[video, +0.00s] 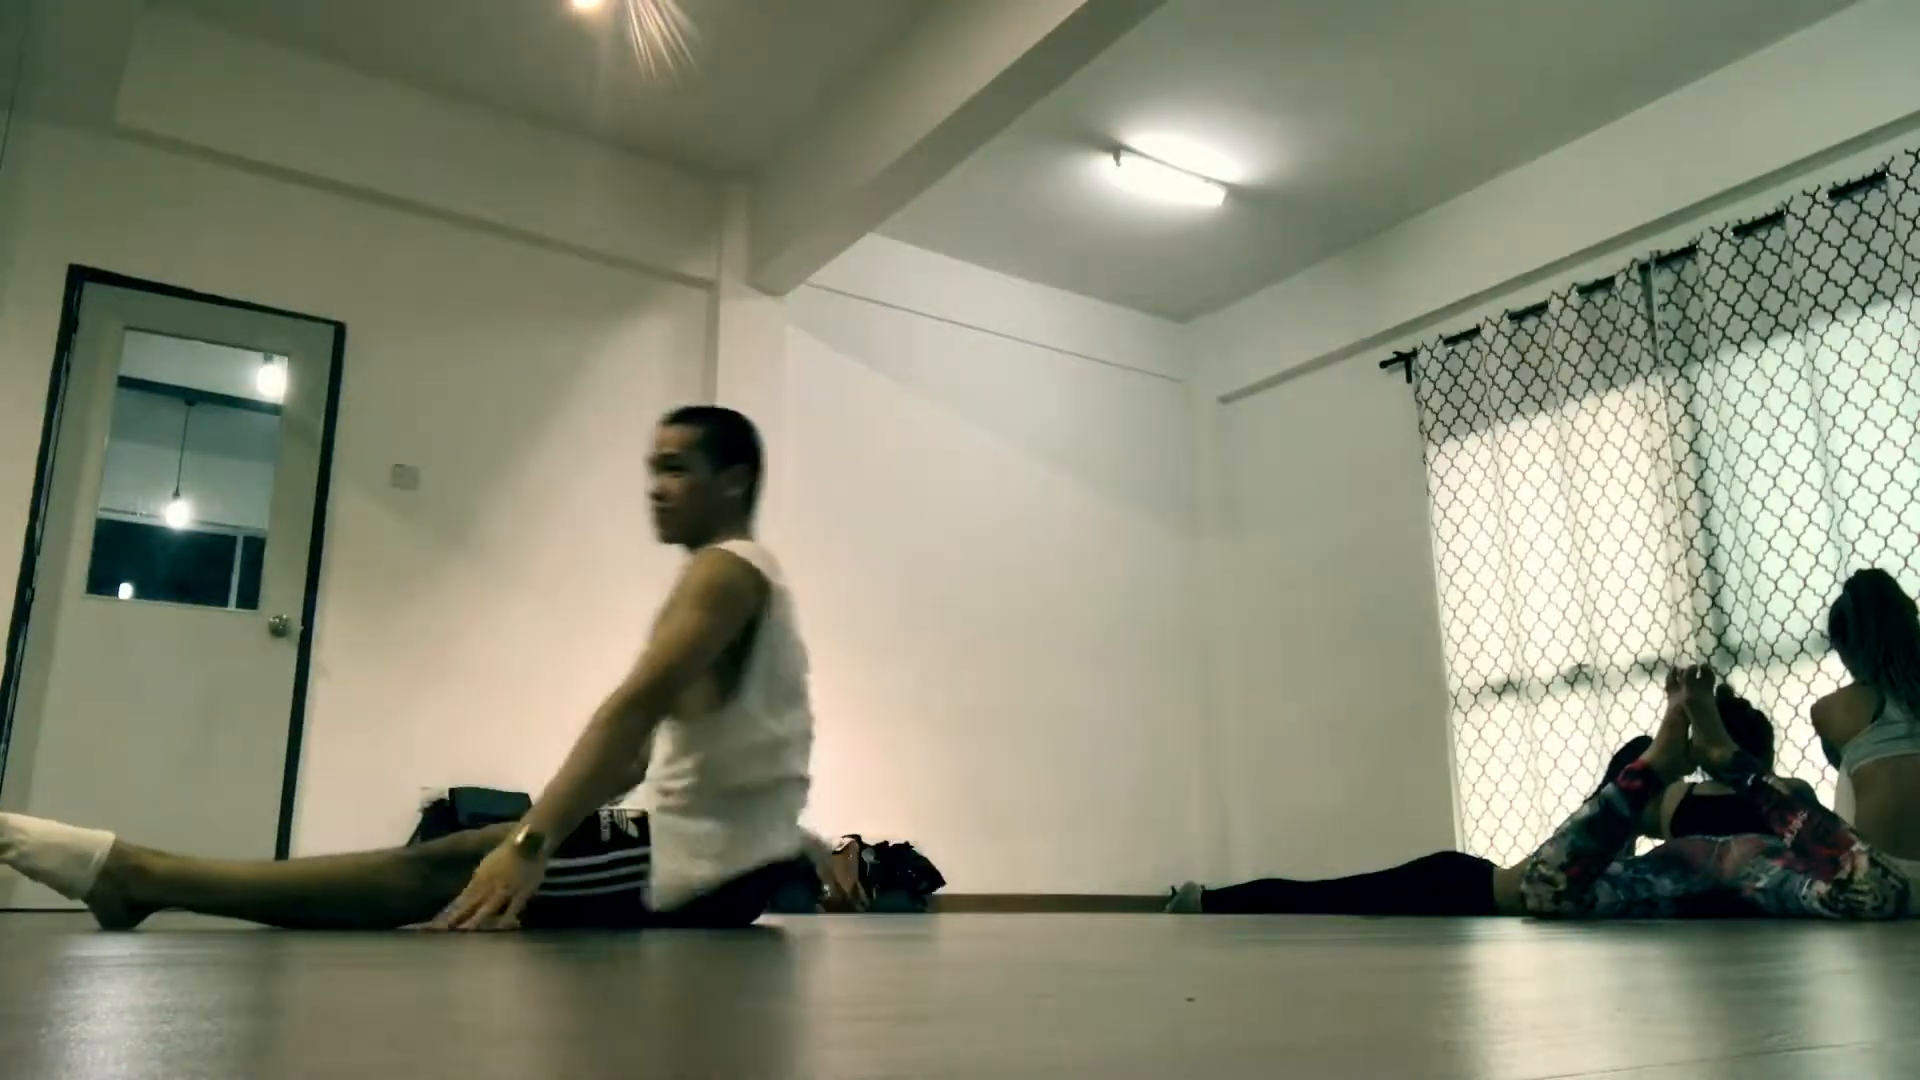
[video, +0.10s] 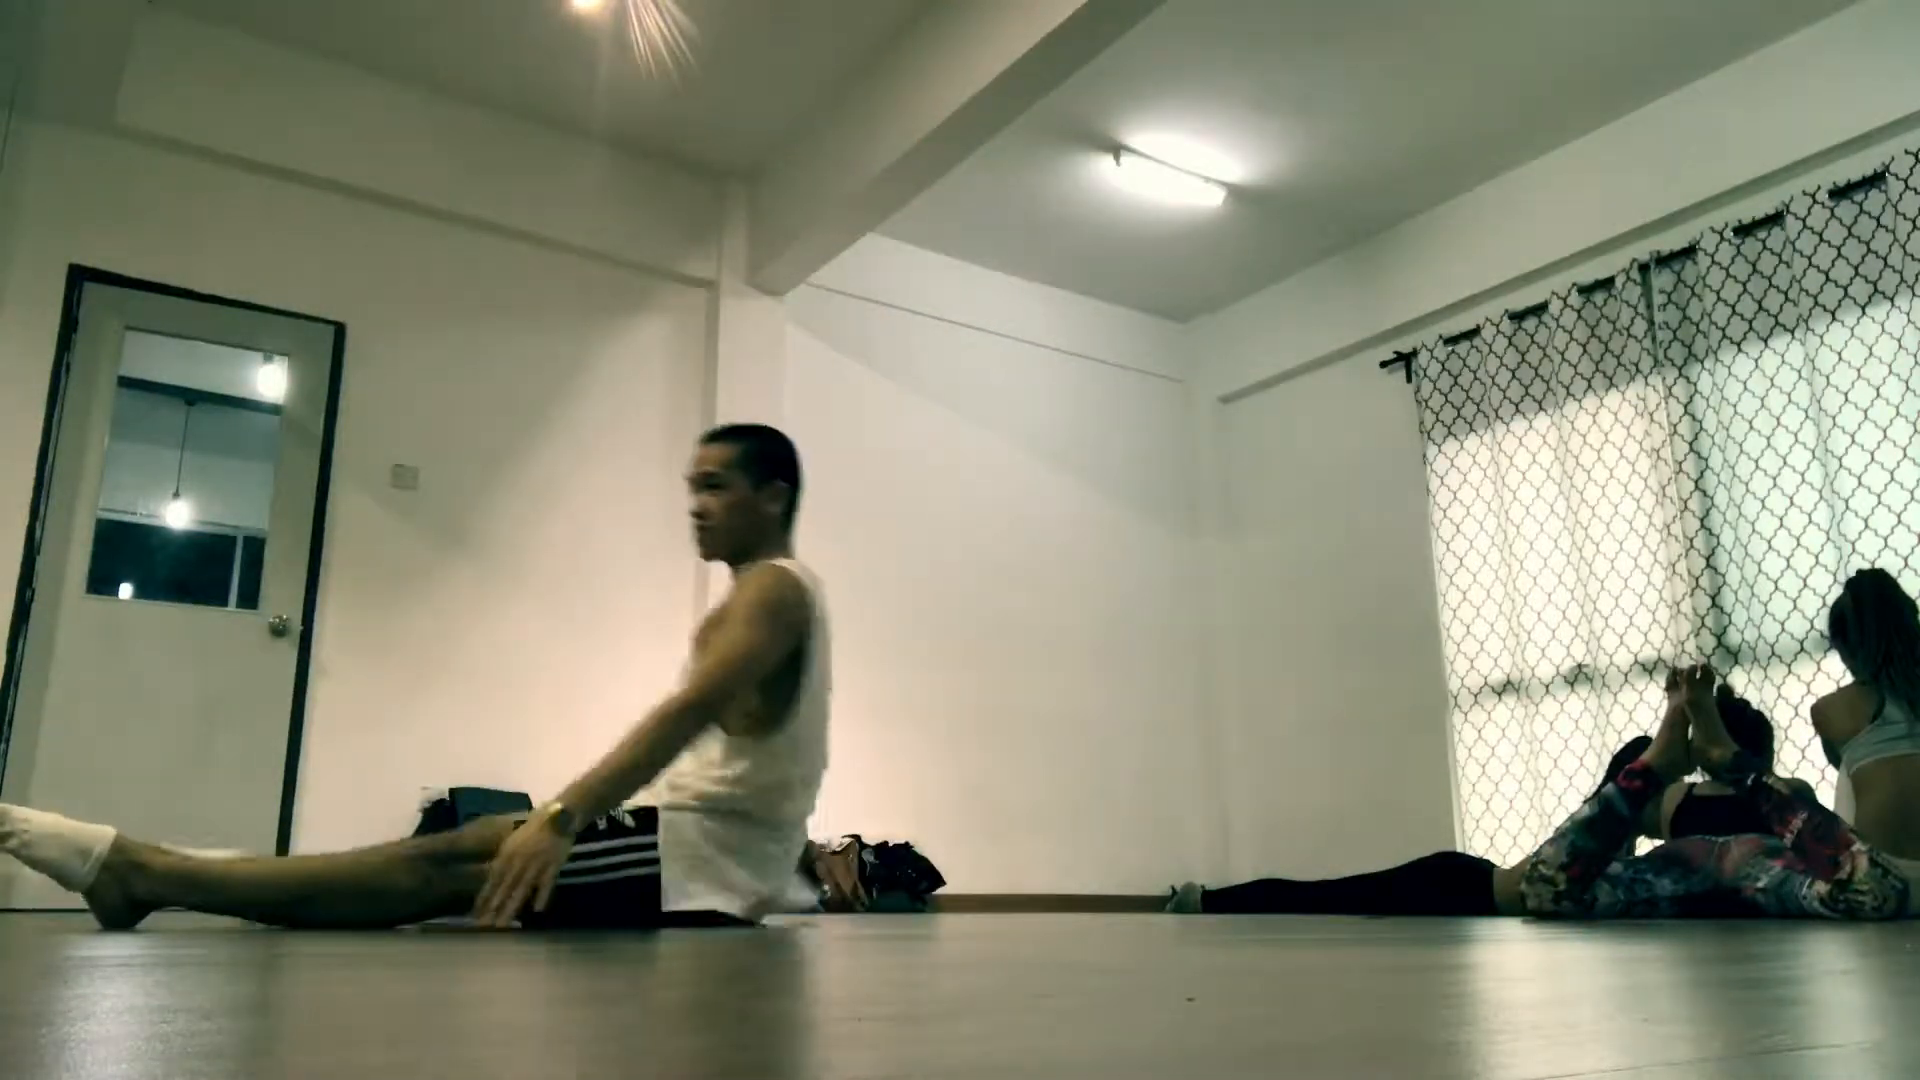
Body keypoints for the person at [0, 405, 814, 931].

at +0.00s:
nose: (657, 488)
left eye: (677, 469)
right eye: (655, 471)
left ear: (736, 481)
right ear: (692, 484)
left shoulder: (727, 573)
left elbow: (635, 711)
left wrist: (527, 849)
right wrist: (536, 839)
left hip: (716, 856)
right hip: (712, 847)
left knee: (437, 869)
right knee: (445, 860)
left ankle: (139, 880)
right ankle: (145, 883)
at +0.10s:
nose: (695, 505)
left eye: (714, 487)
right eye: (694, 488)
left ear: (774, 497)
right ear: (727, 500)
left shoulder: (775, 590)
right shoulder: (753, 598)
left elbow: (687, 715)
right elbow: (689, 734)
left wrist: (557, 818)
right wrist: (570, 821)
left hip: (714, 849)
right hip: (692, 839)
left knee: (444, 862)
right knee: (441, 856)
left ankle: (144, 873)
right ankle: (156, 879)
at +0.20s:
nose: (727, 525)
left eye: (745, 506)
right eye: (725, 507)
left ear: (803, 516)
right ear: (750, 520)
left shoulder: (814, 612)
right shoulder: (764, 627)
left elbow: (768, 732)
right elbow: (731, 762)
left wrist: (622, 805)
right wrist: (612, 822)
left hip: (719, 859)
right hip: (686, 844)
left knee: (455, 861)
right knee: (452, 839)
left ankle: (154, 876)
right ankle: (173, 886)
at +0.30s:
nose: (753, 537)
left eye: (773, 519)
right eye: (752, 520)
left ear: (831, 531)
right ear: (773, 532)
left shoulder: (846, 623)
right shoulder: (780, 630)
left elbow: (832, 754)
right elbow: (754, 754)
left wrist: (693, 803)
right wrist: (668, 803)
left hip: (711, 856)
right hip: (680, 836)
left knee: (452, 862)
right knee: (447, 840)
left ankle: (164, 872)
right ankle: (167, 878)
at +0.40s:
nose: (785, 558)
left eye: (805, 542)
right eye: (786, 541)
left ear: (860, 555)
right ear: (809, 553)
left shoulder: (872, 644)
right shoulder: (795, 646)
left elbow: (865, 776)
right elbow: (756, 755)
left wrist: (749, 803)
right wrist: (680, 792)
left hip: (706, 842)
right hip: (673, 824)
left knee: (462, 861)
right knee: (441, 854)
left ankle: (183, 879)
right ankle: (176, 881)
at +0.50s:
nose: (830, 599)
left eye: (850, 588)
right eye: (832, 584)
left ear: (896, 607)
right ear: (843, 594)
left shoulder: (905, 696)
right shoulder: (820, 689)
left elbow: (880, 816)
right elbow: (777, 783)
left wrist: (763, 792)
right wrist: (692, 796)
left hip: (731, 850)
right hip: (693, 822)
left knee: (495, 840)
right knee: (454, 836)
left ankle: (189, 873)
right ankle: (178, 884)